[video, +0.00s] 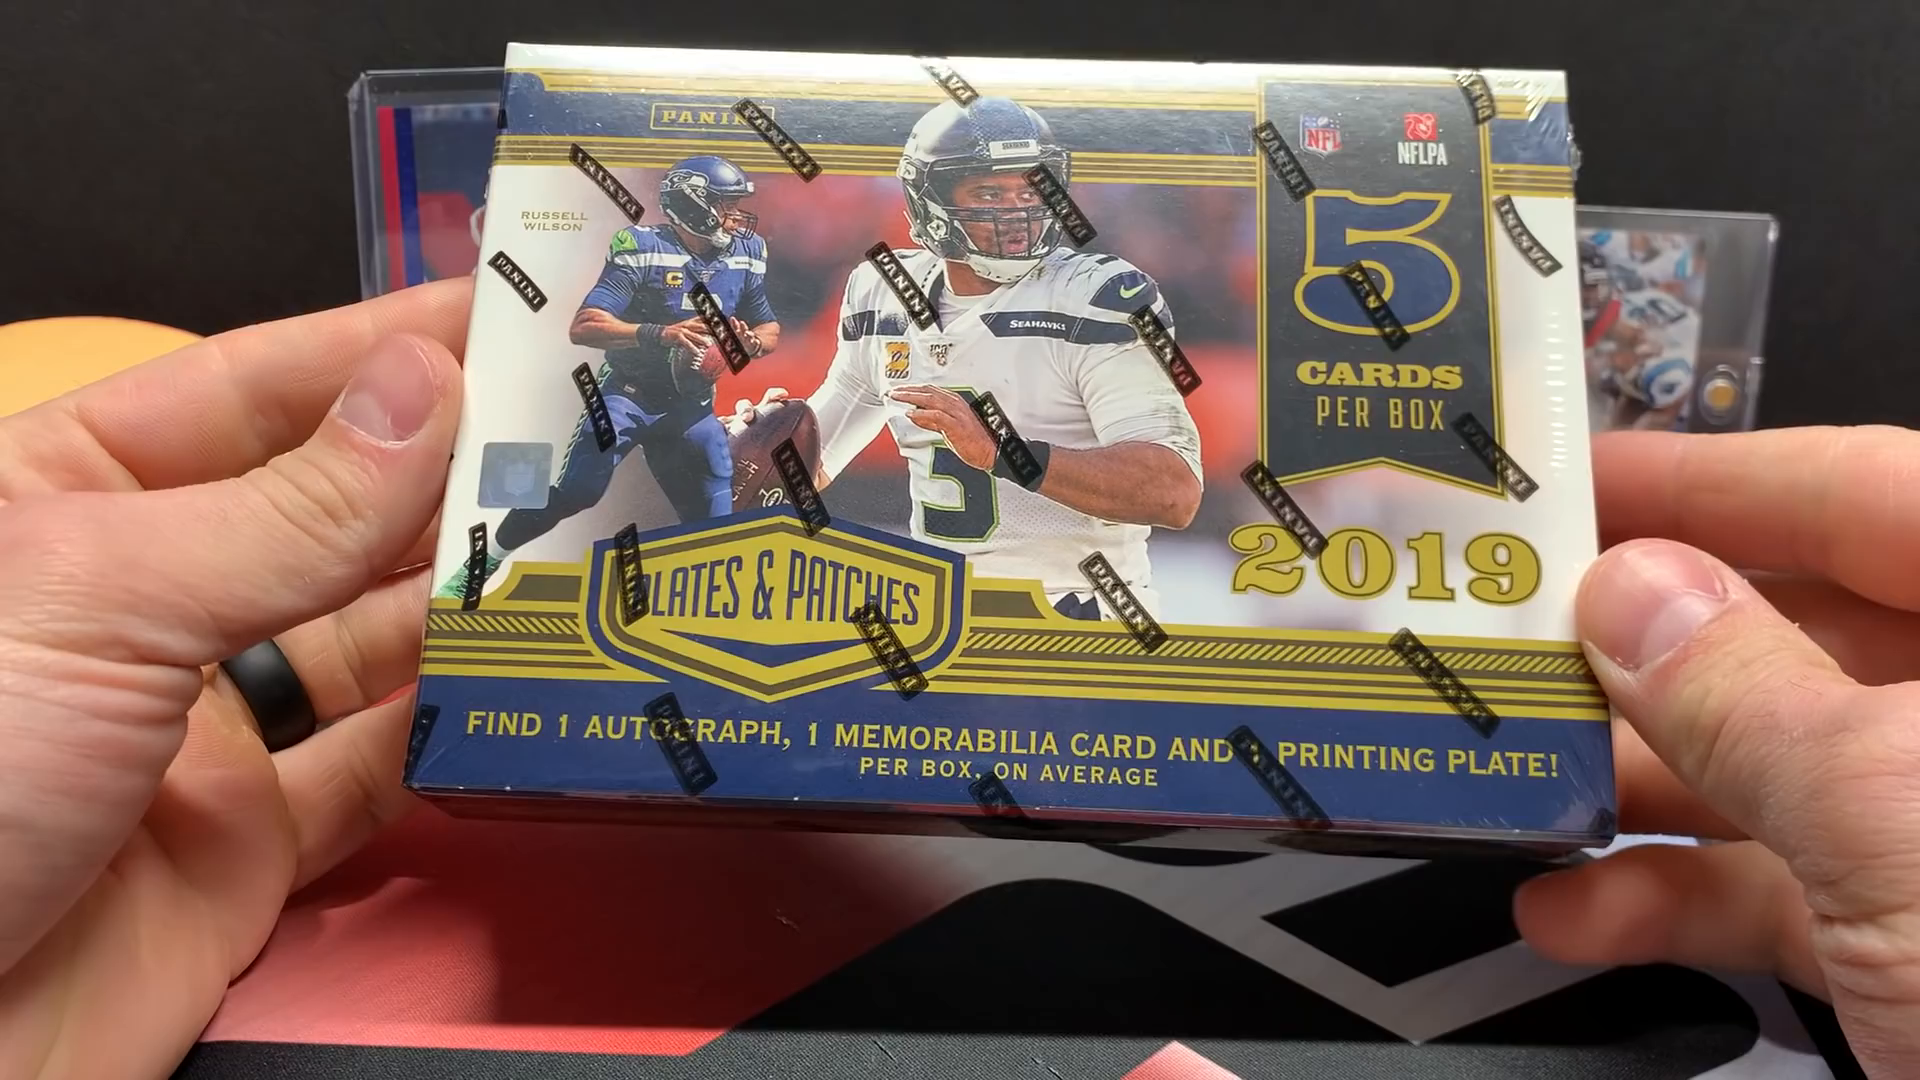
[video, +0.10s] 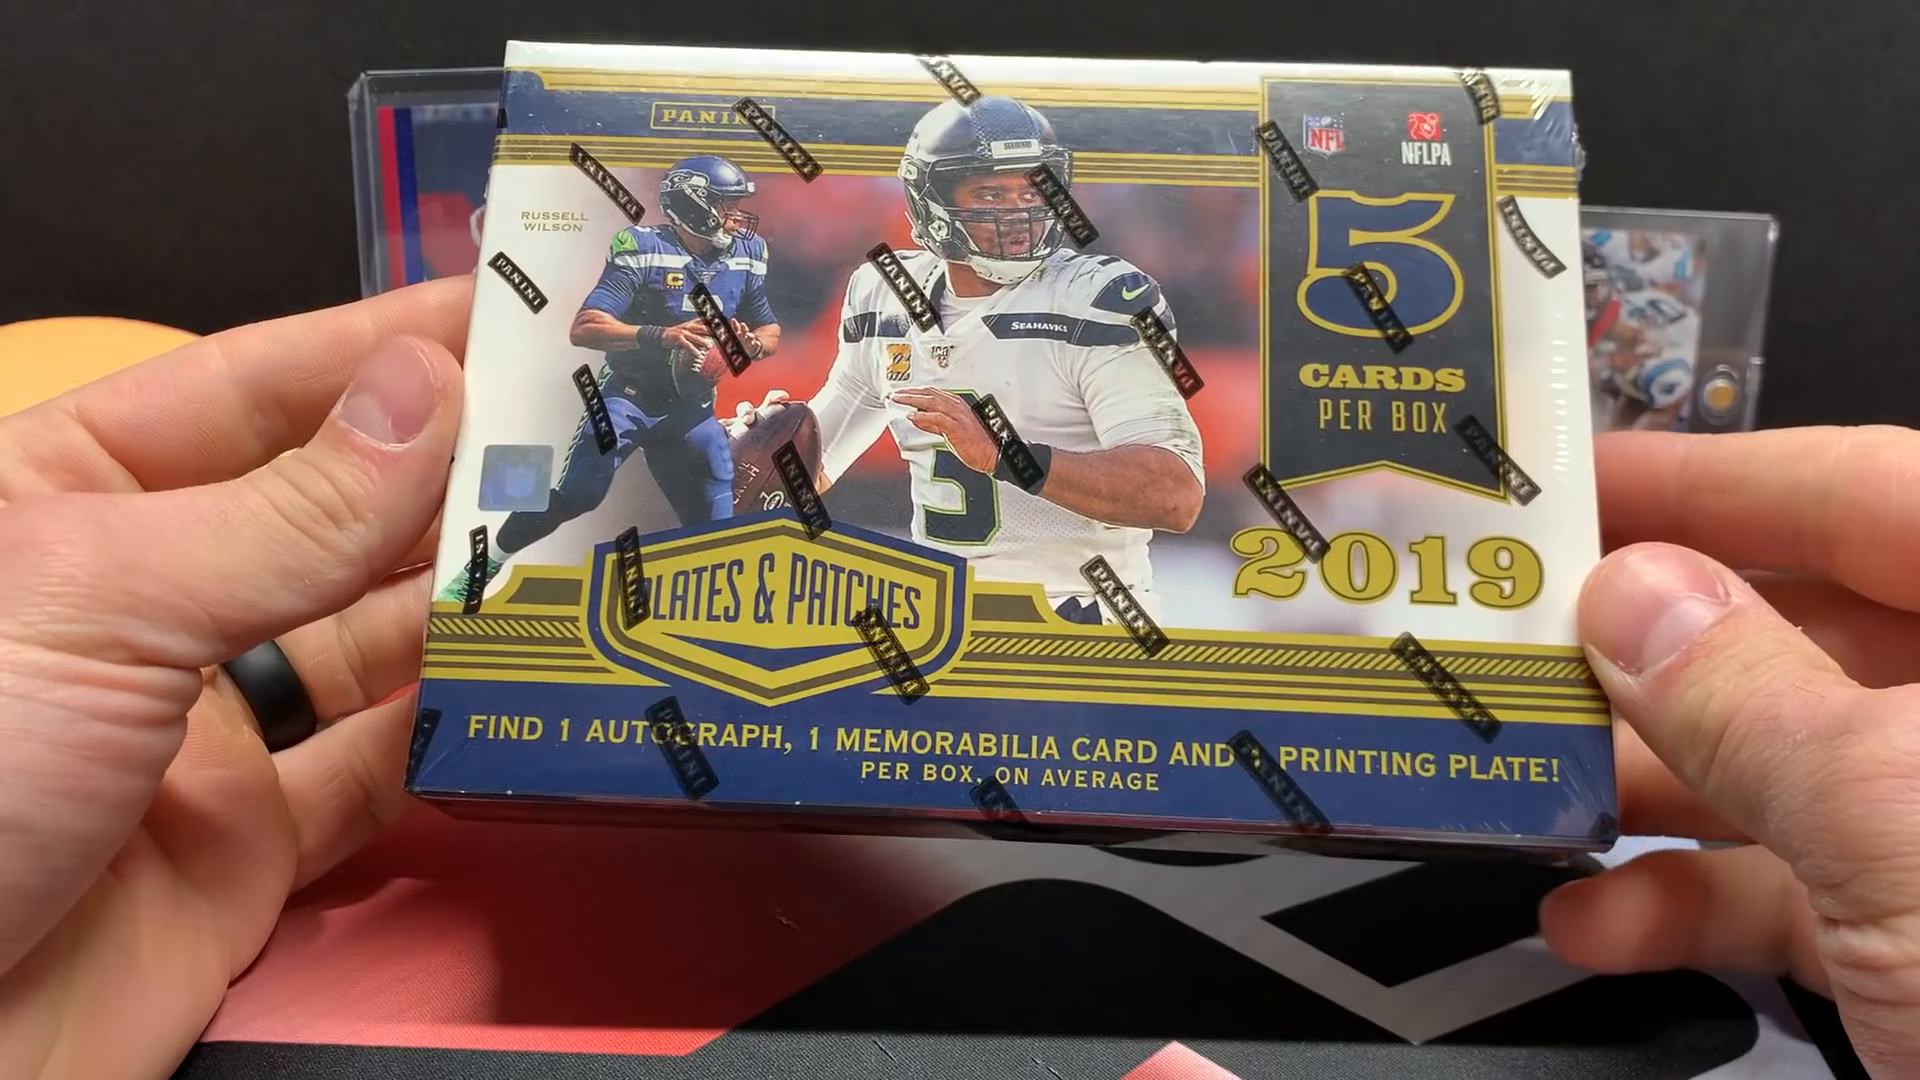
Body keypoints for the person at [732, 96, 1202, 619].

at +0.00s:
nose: (1015, 213)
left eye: (1027, 192)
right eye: (988, 196)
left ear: (1048, 193)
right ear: (933, 205)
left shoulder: (1102, 297)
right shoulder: (880, 294)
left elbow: (1173, 490)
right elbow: (803, 466)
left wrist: (1012, 456)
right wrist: (771, 433)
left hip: (1090, 619)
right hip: (946, 616)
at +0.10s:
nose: (1016, 214)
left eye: (1029, 193)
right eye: (989, 197)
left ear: (1050, 195)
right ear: (933, 206)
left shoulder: (1105, 300)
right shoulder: (882, 296)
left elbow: (1174, 493)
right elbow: (801, 473)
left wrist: (1013, 459)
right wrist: (773, 436)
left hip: (1091, 625)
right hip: (945, 622)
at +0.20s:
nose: (1017, 213)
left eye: (1031, 191)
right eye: (989, 196)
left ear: (1051, 194)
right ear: (933, 204)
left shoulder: (1104, 301)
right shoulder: (880, 295)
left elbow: (1173, 498)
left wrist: (1010, 462)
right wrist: (775, 447)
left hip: (1089, 631)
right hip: (942, 626)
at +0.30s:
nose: (1019, 211)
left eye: (1031, 189)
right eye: (990, 194)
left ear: (1051, 190)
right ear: (933, 204)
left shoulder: (1106, 301)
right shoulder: (881, 298)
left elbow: (1176, 501)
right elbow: (804, 480)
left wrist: (1014, 466)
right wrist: (772, 451)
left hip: (1092, 642)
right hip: (945, 635)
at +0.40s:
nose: (1018, 212)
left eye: (1032, 188)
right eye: (989, 194)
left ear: (1053, 190)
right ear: (932, 204)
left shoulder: (1105, 304)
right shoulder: (881, 300)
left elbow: (1175, 507)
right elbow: (806, 484)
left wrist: (1014, 472)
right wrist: (777, 459)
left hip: (1088, 650)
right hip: (940, 644)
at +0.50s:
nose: (1015, 214)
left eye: (1030, 190)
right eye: (987, 195)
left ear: (1051, 193)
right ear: (928, 205)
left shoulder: (1101, 306)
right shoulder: (878, 302)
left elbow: (1171, 511)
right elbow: (803, 488)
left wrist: (1009, 475)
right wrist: (771, 463)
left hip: (1085, 654)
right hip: (936, 647)